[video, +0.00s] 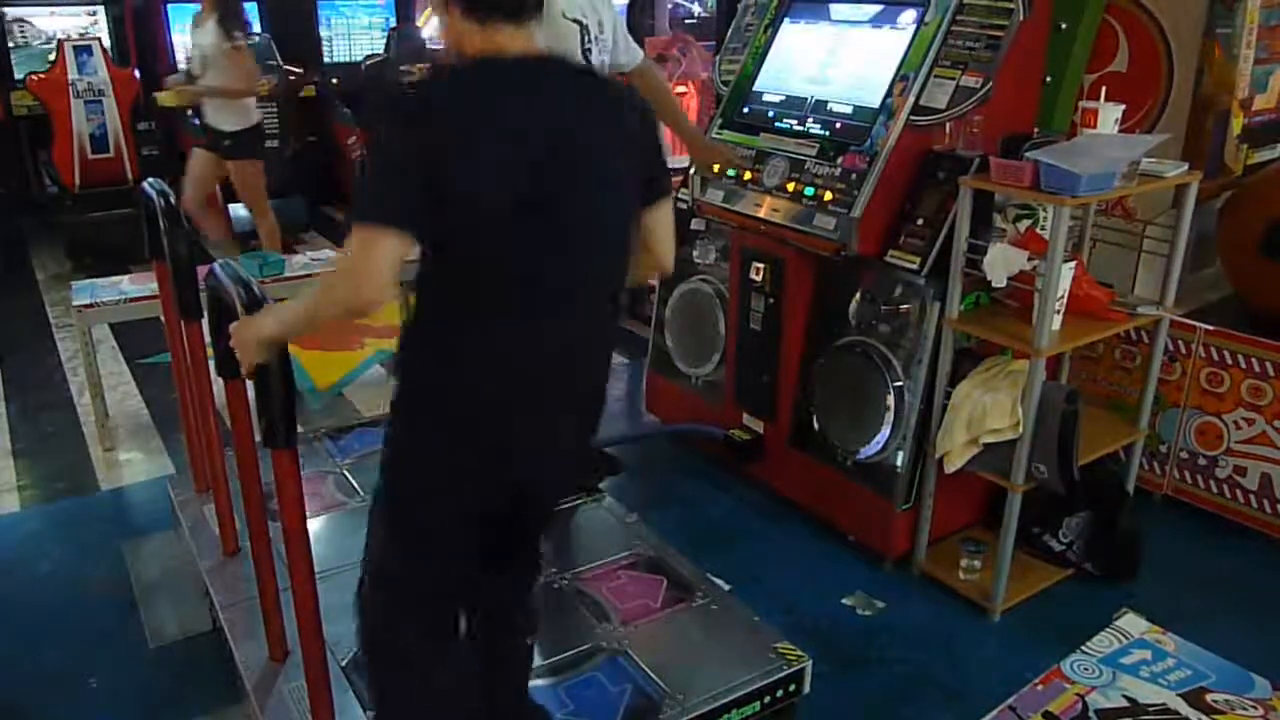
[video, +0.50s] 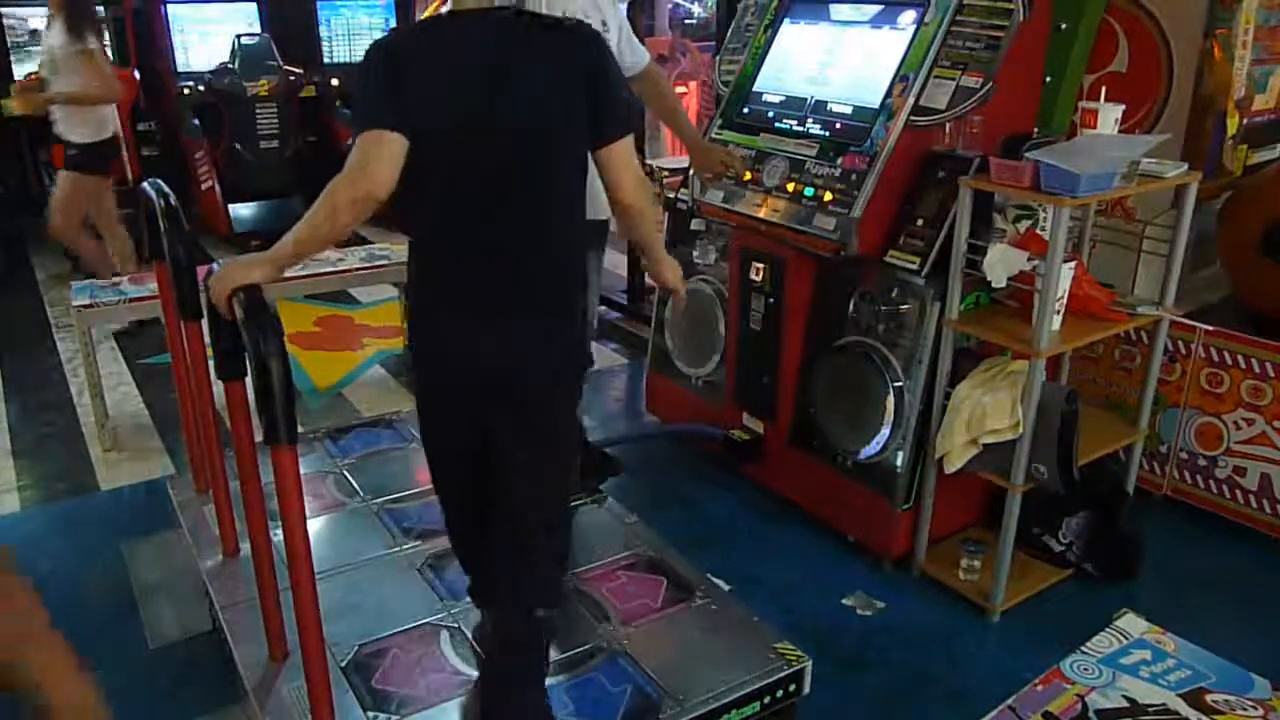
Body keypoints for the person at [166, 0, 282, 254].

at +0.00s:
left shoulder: (230, 26)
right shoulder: (198, 22)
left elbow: (250, 86)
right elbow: (201, 72)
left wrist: (201, 93)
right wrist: (181, 80)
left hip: (242, 131)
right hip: (212, 130)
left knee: (258, 208)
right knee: (193, 201)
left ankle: (275, 269)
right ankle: (232, 264)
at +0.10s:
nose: (169, 3)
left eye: (173, 0)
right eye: (168, 1)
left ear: (187, 2)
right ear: (168, 4)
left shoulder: (202, 35)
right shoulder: (167, 30)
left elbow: (225, 92)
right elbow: (172, 77)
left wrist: (172, 98)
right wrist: (147, 86)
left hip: (218, 137)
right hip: (187, 136)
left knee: (243, 208)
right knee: (165, 209)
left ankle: (270, 264)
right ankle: (175, 274)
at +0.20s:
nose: (129, 2)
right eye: (130, 1)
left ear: (150, 2)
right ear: (135, 5)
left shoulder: (169, 34)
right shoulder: (136, 34)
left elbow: (194, 96)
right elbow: (152, 82)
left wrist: (141, 103)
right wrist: (129, 88)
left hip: (187, 141)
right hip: (153, 140)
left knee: (216, 218)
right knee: (144, 218)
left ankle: (264, 270)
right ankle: (137, 294)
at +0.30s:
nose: (108, 2)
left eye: (113, 1)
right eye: (108, 1)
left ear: (123, 1)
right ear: (109, 5)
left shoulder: (142, 36)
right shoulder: (106, 37)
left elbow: (169, 92)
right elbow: (115, 83)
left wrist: (110, 102)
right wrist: (93, 89)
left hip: (156, 144)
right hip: (122, 143)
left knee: (170, 223)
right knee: (123, 220)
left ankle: (230, 260)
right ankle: (134, 292)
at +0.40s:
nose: (77, 0)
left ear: (90, 1)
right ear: (85, 3)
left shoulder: (107, 36)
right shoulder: (80, 34)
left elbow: (139, 90)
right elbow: (86, 83)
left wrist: (76, 99)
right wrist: (55, 89)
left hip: (118, 142)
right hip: (97, 139)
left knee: (110, 222)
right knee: (111, 223)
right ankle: (135, 292)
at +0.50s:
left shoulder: (77, 31)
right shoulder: (54, 28)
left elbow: (111, 90)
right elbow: (66, 79)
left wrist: (53, 98)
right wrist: (36, 85)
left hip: (94, 142)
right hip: (78, 141)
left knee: (63, 224)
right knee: (107, 220)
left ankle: (111, 282)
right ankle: (133, 283)